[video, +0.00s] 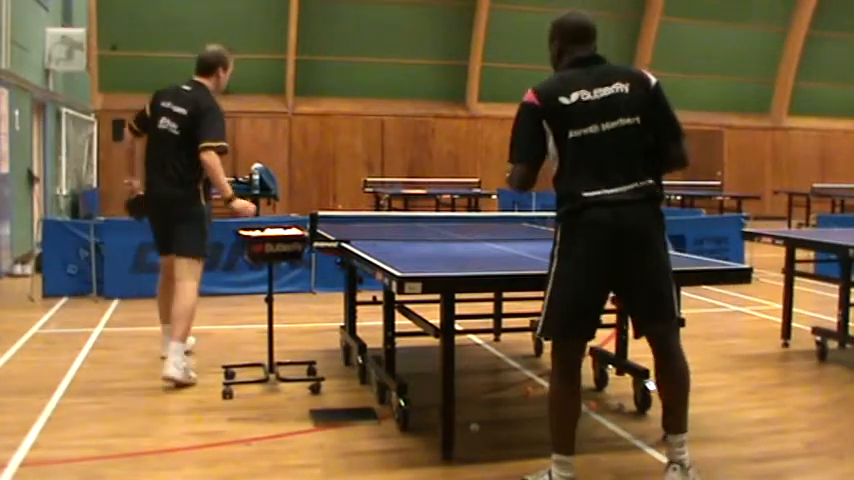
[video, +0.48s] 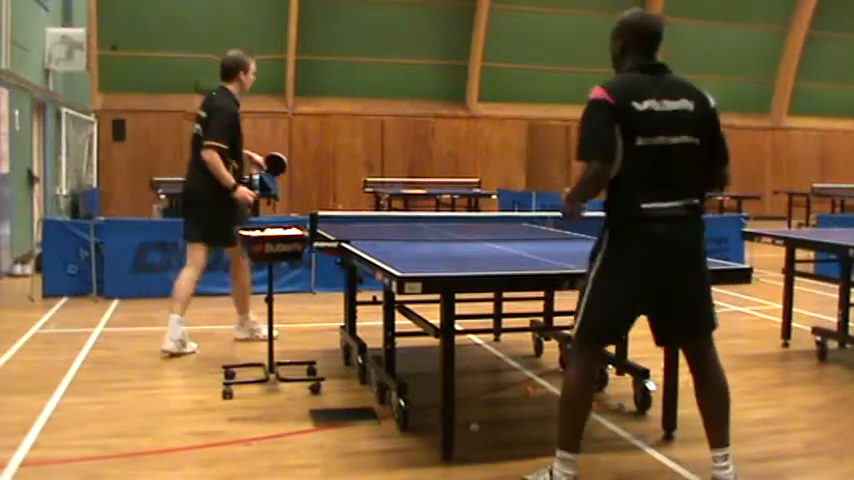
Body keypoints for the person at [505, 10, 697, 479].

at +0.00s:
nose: (550, 55)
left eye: (550, 49)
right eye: (556, 49)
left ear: (555, 49)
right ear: (595, 44)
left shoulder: (541, 97)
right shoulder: (640, 81)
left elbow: (524, 181)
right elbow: (677, 156)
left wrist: (515, 174)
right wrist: (631, 161)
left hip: (585, 234)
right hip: (643, 229)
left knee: (566, 358)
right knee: (667, 344)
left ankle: (561, 469)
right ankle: (679, 461)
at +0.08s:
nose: (550, 56)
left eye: (550, 50)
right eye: (556, 50)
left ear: (554, 50)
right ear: (594, 44)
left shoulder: (540, 98)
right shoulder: (639, 82)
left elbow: (522, 180)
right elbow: (677, 155)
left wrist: (520, 170)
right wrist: (629, 160)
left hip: (585, 235)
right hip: (644, 230)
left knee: (568, 359)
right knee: (671, 344)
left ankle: (561, 469)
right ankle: (687, 461)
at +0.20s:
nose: (557, 53)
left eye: (558, 46)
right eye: (561, 45)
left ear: (564, 46)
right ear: (602, 42)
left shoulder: (550, 95)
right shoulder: (646, 82)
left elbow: (530, 179)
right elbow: (682, 158)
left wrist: (533, 168)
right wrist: (634, 158)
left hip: (591, 236)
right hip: (649, 230)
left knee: (571, 359)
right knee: (679, 343)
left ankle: (561, 469)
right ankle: (709, 462)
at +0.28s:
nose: (567, 49)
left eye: (569, 42)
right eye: (570, 42)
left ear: (576, 43)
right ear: (612, 42)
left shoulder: (561, 94)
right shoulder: (656, 84)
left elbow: (545, 173)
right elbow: (688, 160)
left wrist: (538, 177)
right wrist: (641, 161)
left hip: (597, 238)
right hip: (656, 234)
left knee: (574, 358)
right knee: (686, 345)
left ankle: (563, 469)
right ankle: (720, 461)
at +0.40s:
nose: (592, 50)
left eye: (593, 43)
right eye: (595, 43)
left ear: (600, 45)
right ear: (640, 45)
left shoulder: (589, 94)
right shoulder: (678, 92)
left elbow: (581, 167)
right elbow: (706, 167)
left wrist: (559, 185)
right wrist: (660, 174)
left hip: (616, 239)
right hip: (674, 237)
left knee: (579, 354)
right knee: (694, 350)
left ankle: (563, 467)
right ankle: (723, 465)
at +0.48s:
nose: (610, 52)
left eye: (613, 45)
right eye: (615, 45)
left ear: (620, 47)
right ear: (657, 48)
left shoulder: (608, 94)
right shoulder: (696, 97)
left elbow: (602, 164)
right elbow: (717, 177)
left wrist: (573, 200)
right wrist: (669, 185)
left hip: (629, 242)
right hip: (686, 242)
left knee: (584, 350)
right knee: (702, 353)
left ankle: (563, 467)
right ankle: (724, 468)